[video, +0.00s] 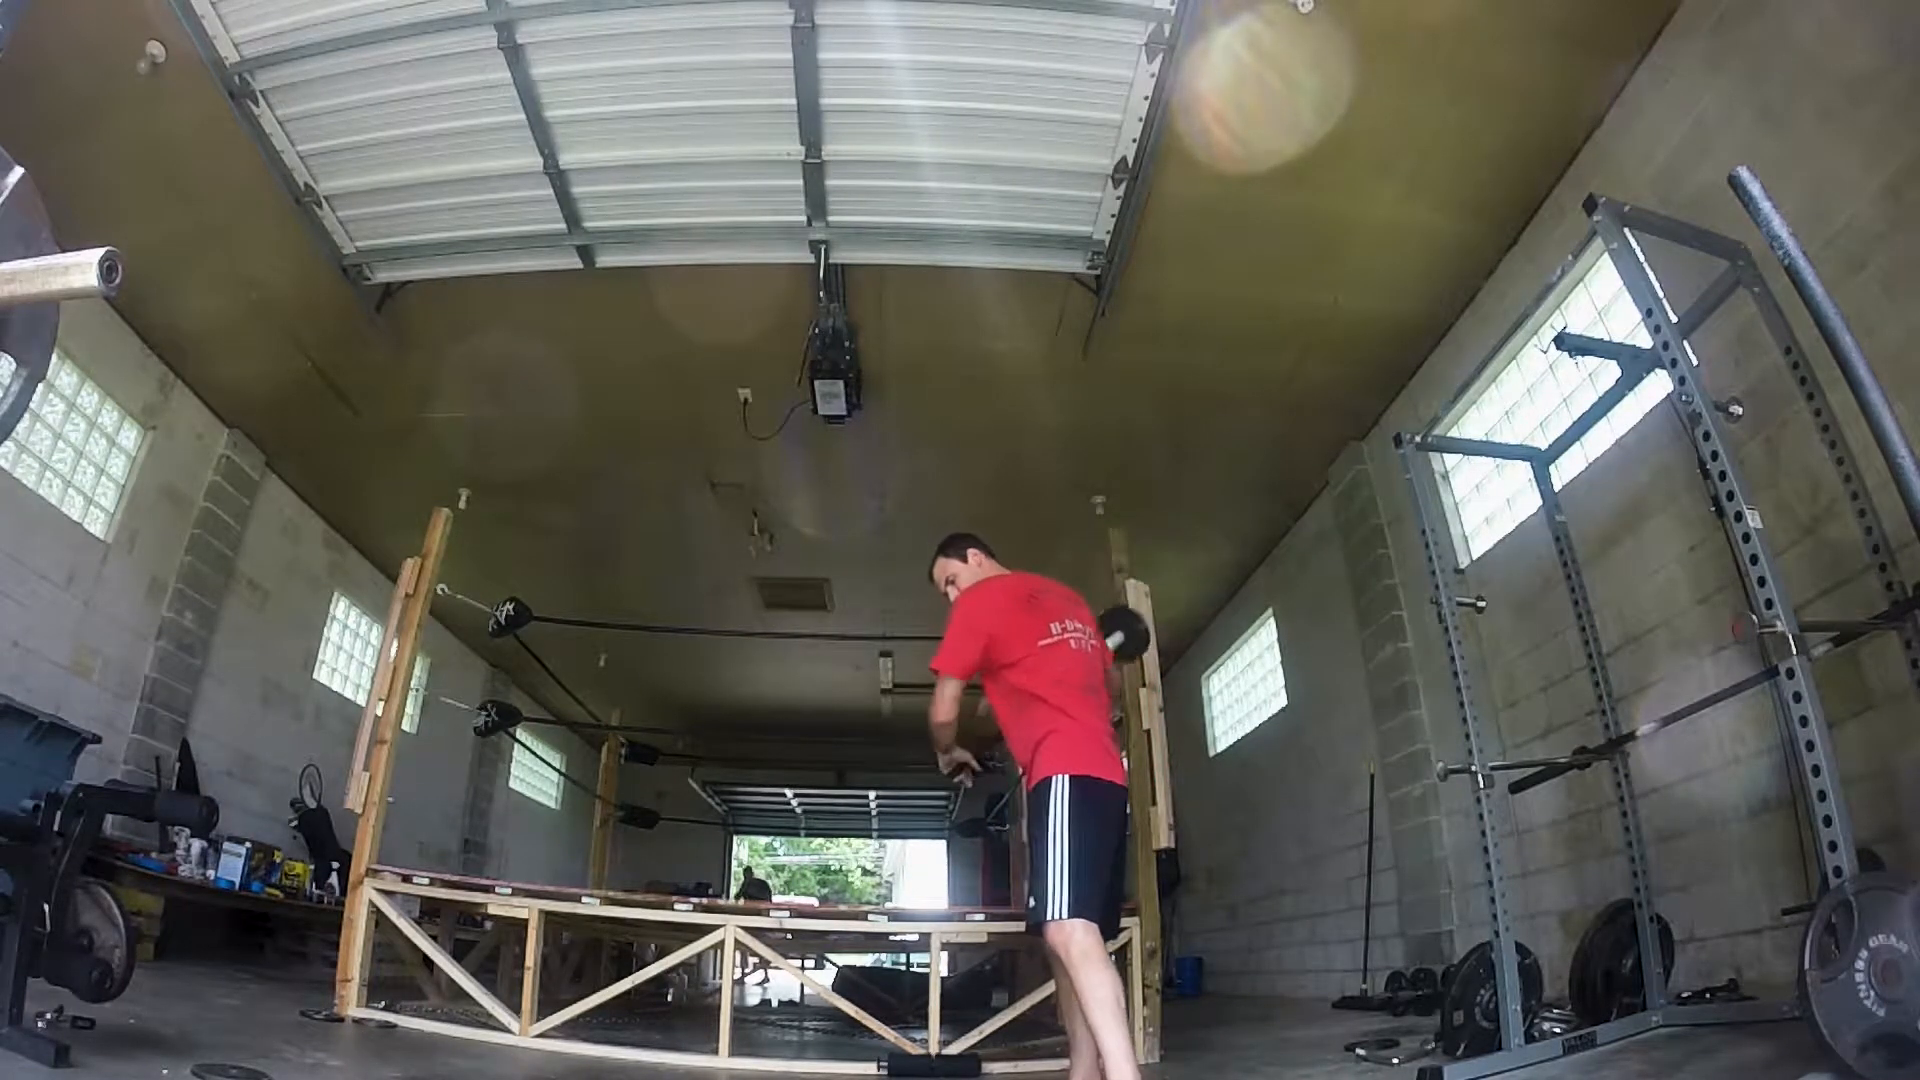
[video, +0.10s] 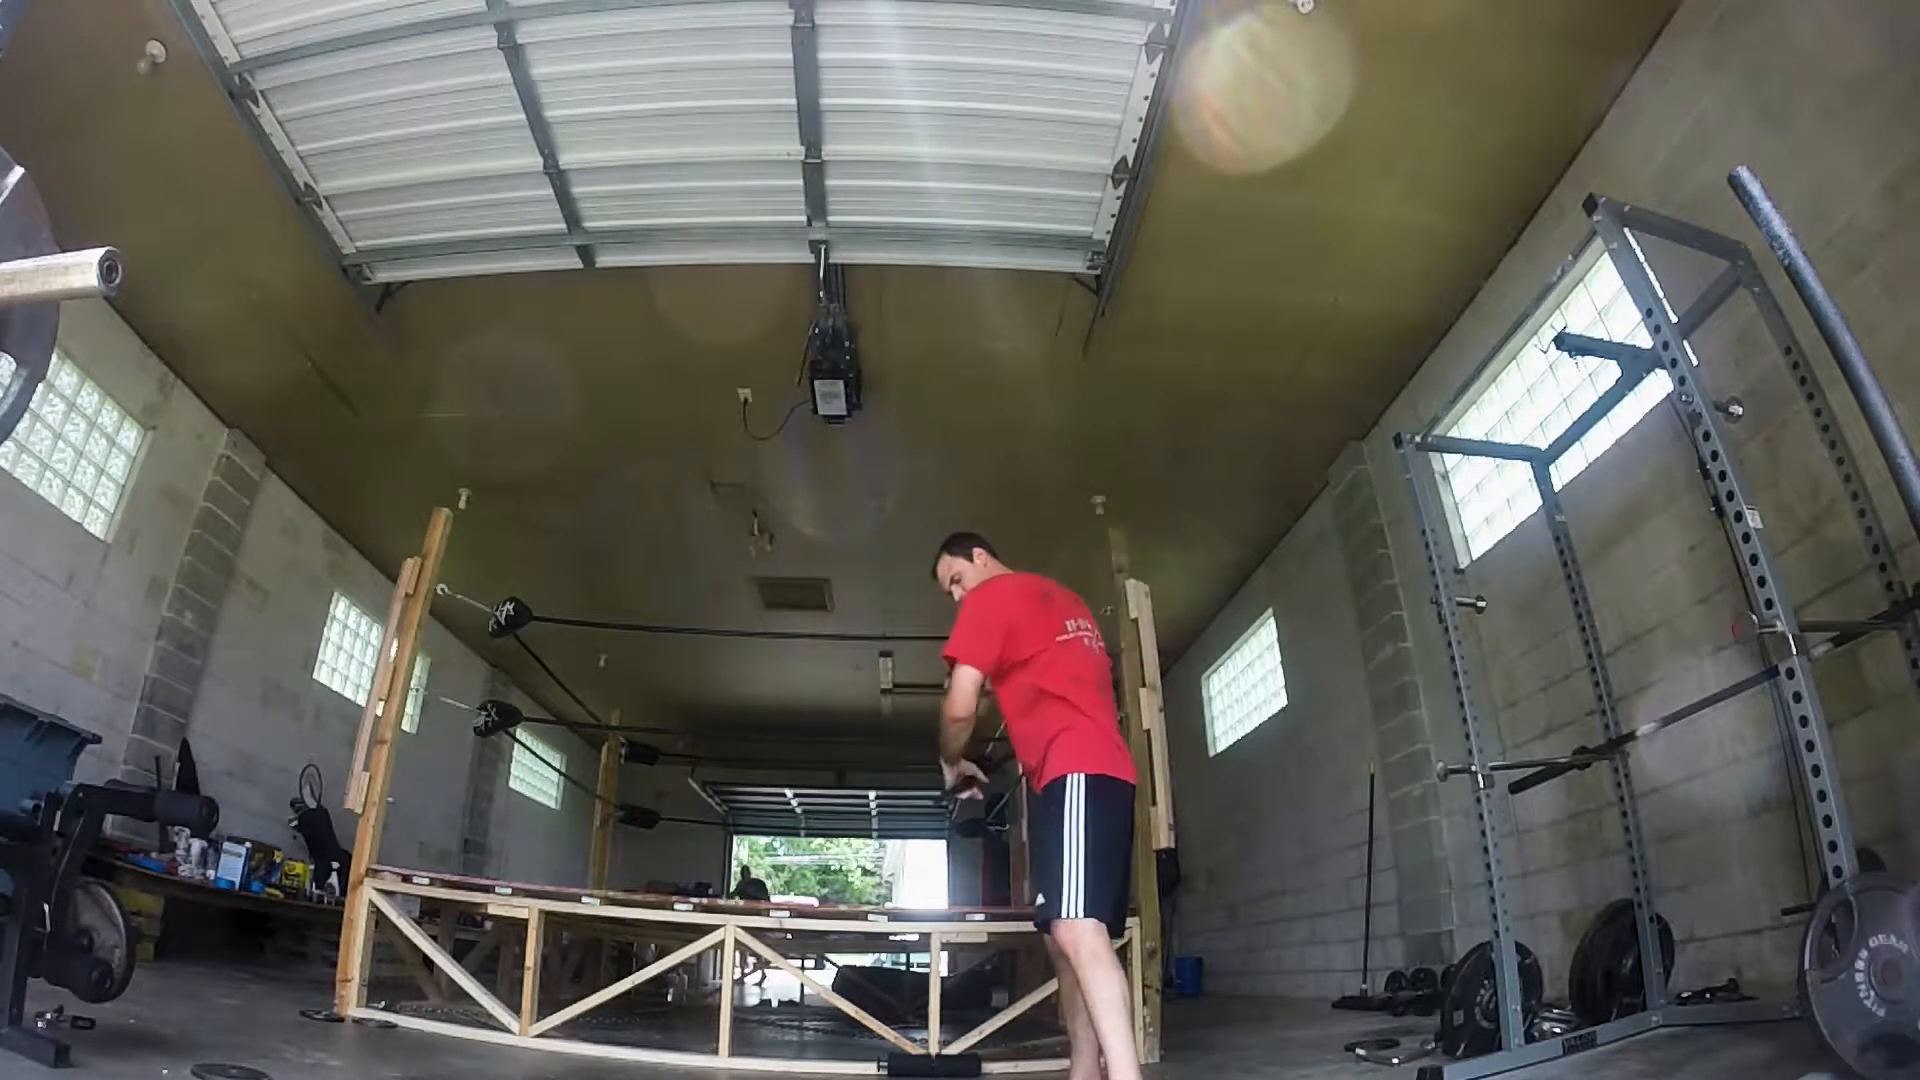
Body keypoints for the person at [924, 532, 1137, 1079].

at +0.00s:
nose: (951, 597)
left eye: (949, 584)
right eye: (945, 591)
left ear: (972, 557)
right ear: (986, 558)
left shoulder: (979, 601)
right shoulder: (1066, 594)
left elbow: (942, 714)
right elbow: (1111, 678)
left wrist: (948, 752)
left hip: (1065, 772)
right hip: (1104, 771)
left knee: (1070, 930)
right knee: (1072, 934)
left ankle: (1124, 1073)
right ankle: (1083, 1072)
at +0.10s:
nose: (956, 595)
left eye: (954, 582)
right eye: (949, 589)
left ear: (977, 555)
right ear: (990, 558)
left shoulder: (991, 596)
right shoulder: (1060, 596)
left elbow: (959, 710)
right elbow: (1074, 687)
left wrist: (953, 762)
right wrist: (1018, 743)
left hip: (1077, 770)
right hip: (1100, 768)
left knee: (1081, 928)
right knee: (1063, 931)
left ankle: (1126, 1074)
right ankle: (1084, 1071)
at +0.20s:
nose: (959, 594)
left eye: (958, 579)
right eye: (952, 589)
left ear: (986, 556)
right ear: (987, 562)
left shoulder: (1012, 589)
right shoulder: (1044, 596)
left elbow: (991, 695)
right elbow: (1068, 692)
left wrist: (968, 760)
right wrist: (1039, 764)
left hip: (1094, 767)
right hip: (1076, 775)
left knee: (1088, 927)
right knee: (1061, 932)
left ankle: (1126, 1074)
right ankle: (1085, 1071)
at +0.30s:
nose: (964, 592)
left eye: (964, 577)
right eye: (956, 587)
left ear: (991, 555)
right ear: (971, 582)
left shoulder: (1031, 581)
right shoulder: (1036, 605)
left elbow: (1031, 674)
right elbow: (1069, 722)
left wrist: (993, 752)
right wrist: (1025, 795)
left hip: (1108, 767)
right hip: (1074, 784)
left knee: (1098, 927)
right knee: (1062, 939)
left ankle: (1129, 1074)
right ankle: (1085, 1072)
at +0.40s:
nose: (965, 590)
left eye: (966, 574)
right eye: (957, 585)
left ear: (994, 552)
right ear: (969, 583)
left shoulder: (1048, 574)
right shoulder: (1020, 658)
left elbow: (1078, 649)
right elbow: (1036, 764)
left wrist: (1024, 736)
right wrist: (989, 842)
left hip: (1117, 761)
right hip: (1071, 786)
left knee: (1108, 926)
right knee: (1061, 939)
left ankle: (1134, 1074)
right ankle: (1085, 1073)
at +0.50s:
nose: (967, 587)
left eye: (967, 571)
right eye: (958, 582)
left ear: (995, 547)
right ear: (970, 579)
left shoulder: (1061, 565)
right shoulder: (1011, 655)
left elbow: (1119, 623)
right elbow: (1021, 754)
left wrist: (1061, 707)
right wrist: (972, 844)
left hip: (1124, 764)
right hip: (1069, 791)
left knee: (1114, 927)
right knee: (1061, 940)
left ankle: (1136, 1074)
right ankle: (1085, 1073)